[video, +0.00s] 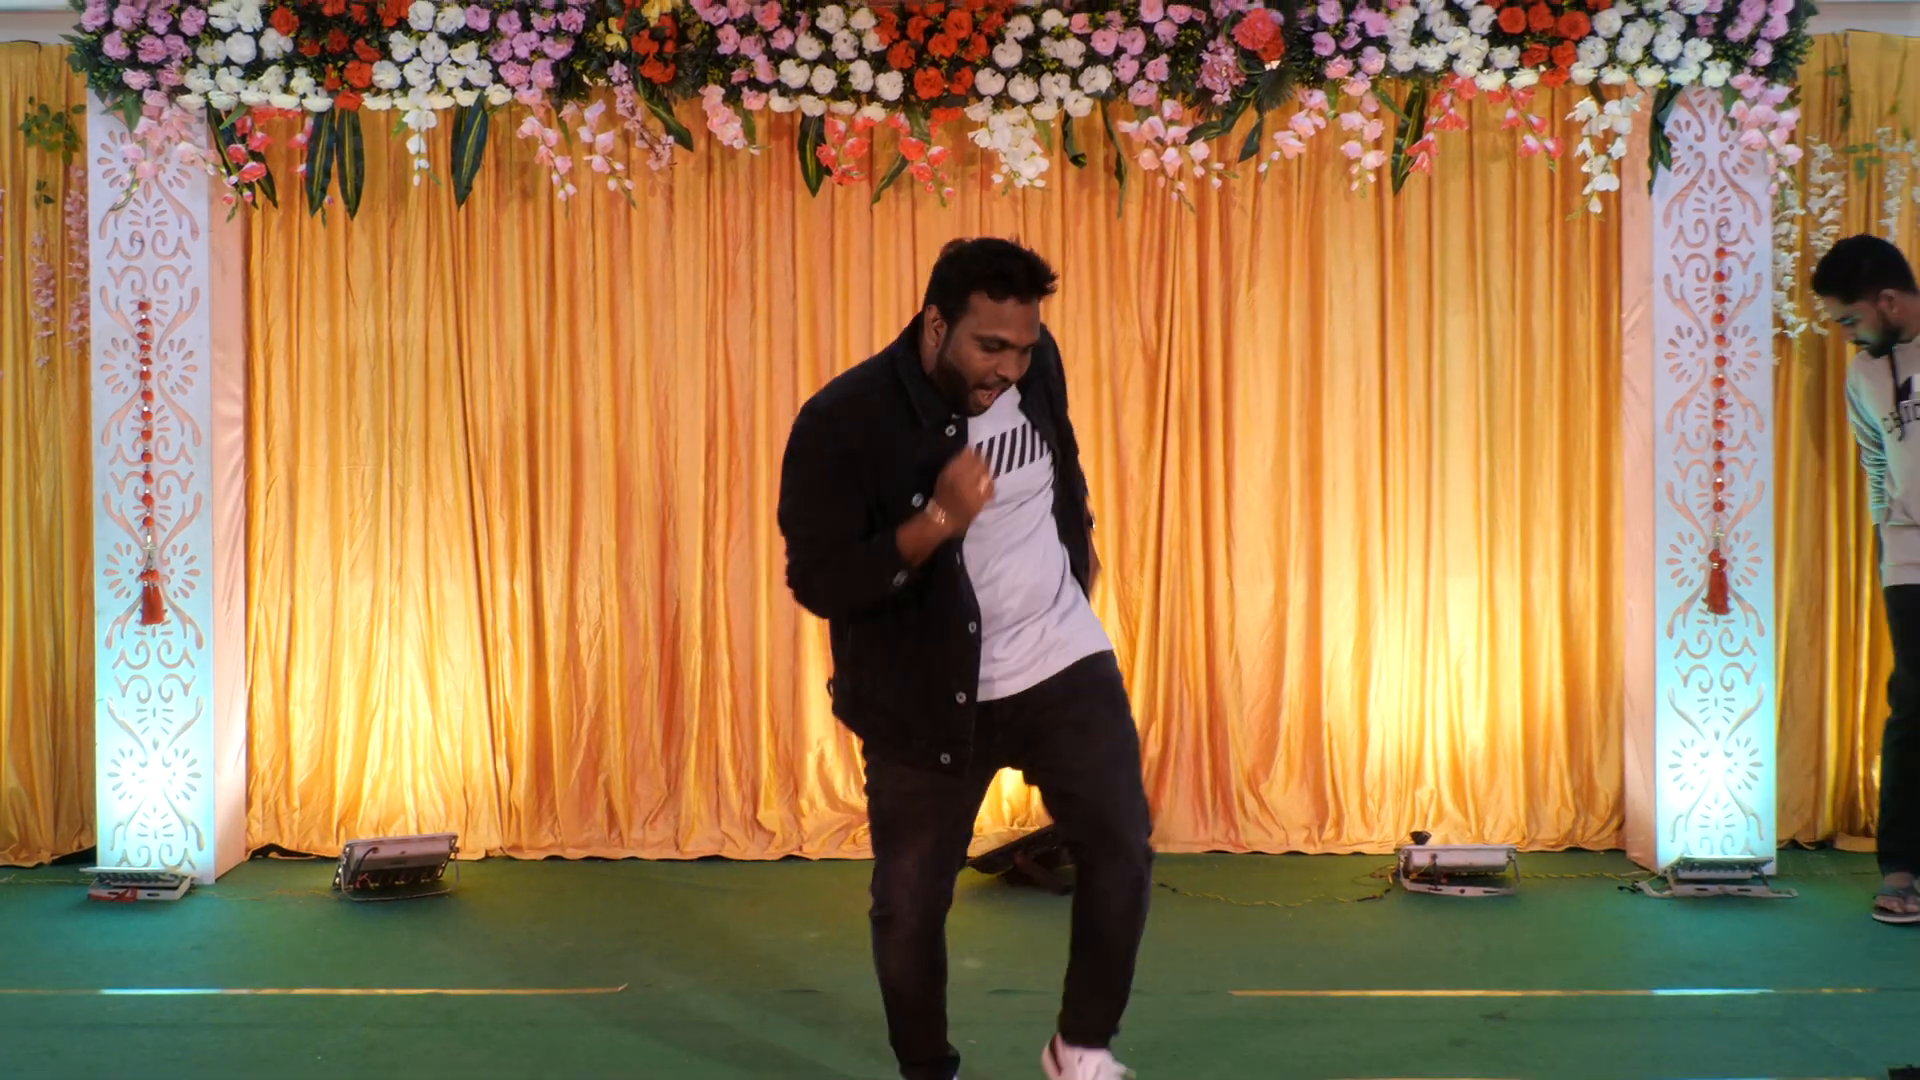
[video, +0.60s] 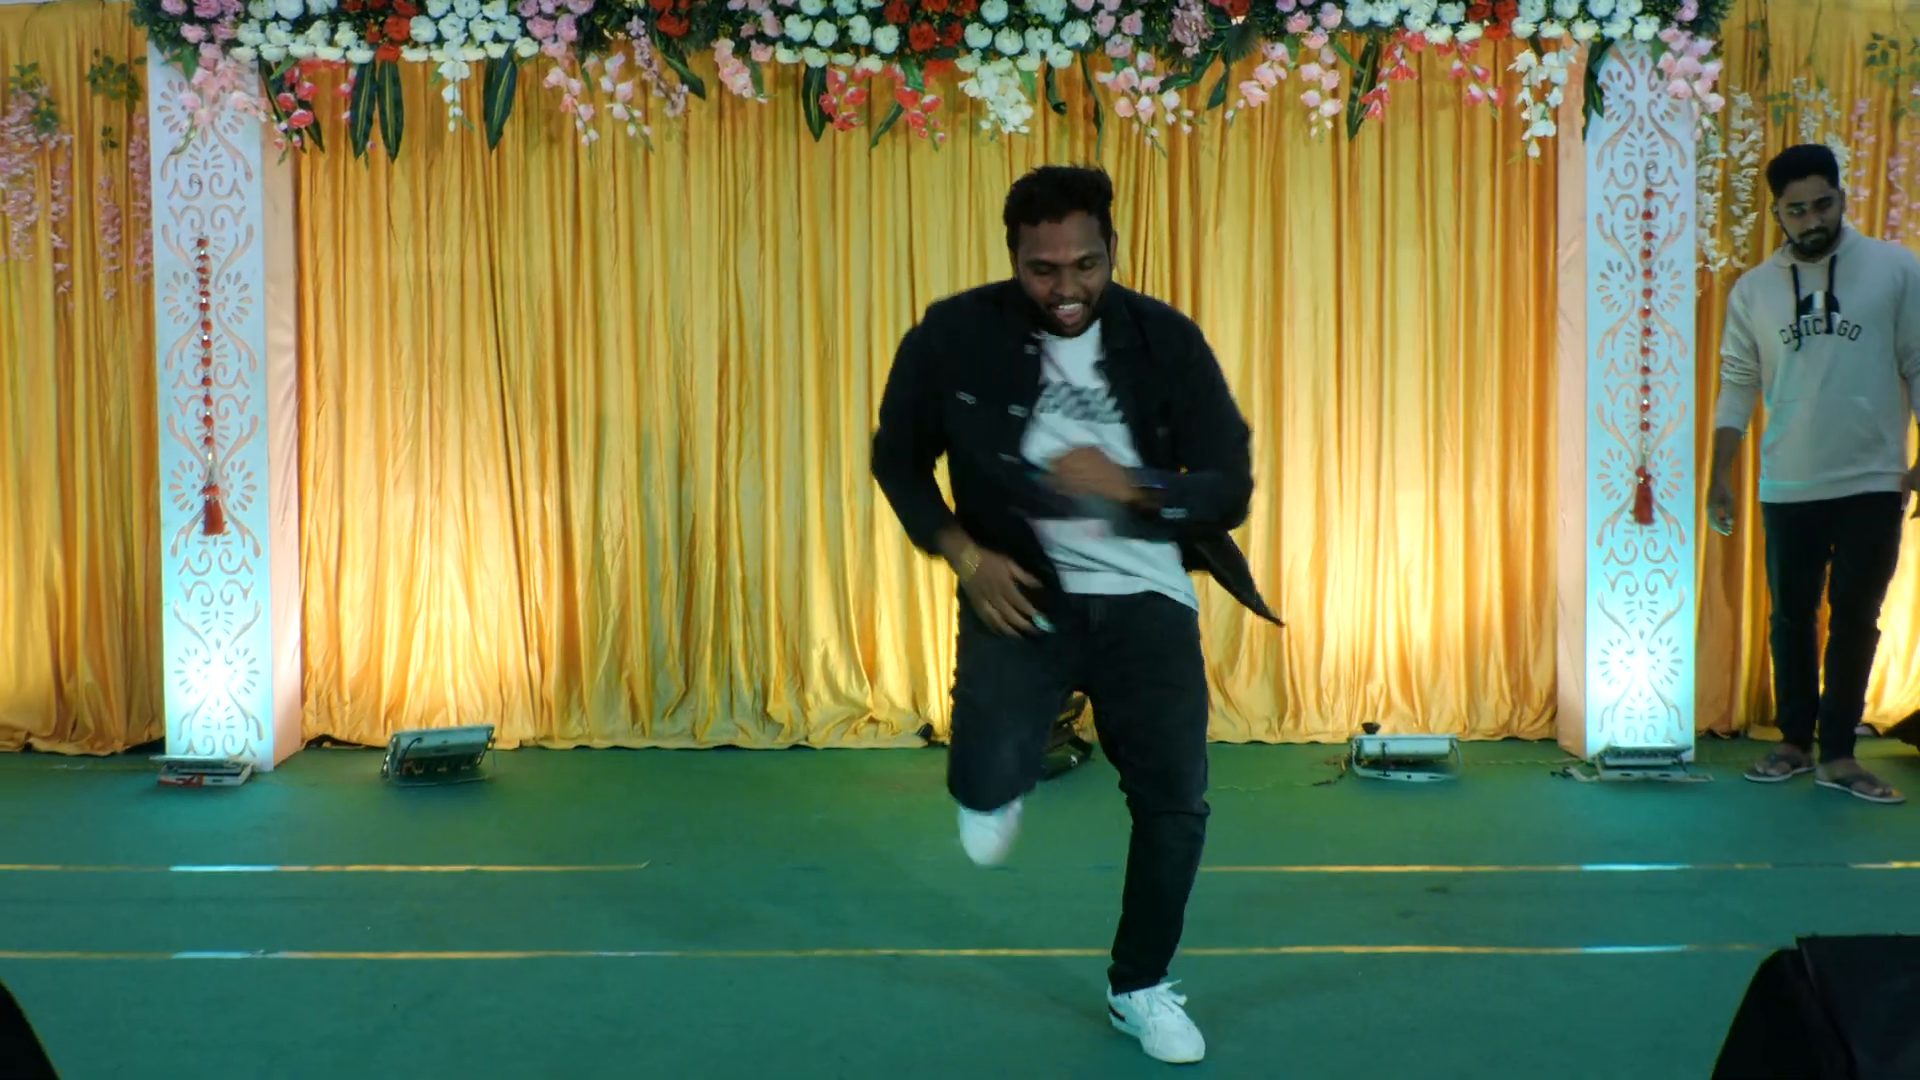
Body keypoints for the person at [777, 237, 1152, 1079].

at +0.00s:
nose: (1012, 368)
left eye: (1025, 347)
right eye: (992, 346)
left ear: (1038, 333)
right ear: (934, 326)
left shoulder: (1034, 361)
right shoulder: (841, 422)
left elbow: (1058, 468)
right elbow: (818, 583)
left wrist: (1076, 550)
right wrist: (935, 522)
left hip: (1064, 668)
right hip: (931, 704)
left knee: (1121, 854)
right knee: (908, 904)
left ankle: (1081, 1048)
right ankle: (927, 1069)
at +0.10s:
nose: (1027, 336)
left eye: (1042, 314)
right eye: (1007, 316)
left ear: (1055, 300)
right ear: (952, 297)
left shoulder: (1047, 328)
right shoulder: (873, 384)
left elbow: (1074, 387)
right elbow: (863, 544)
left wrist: (1086, 421)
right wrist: (998, 471)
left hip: (1075, 638)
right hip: (947, 667)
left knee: (1147, 821)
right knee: (919, 865)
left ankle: (1115, 1027)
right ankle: (913, 1057)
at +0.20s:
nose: (1042, 290)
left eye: (1057, 266)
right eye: (1019, 270)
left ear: (1072, 246)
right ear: (972, 252)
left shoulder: (1060, 259)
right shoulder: (915, 335)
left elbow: (1079, 246)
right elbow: (923, 503)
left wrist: (1151, 298)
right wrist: (1089, 491)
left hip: (1100, 610)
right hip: (972, 624)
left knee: (1157, 826)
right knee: (920, 836)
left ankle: (1152, 1048)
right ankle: (892, 1018)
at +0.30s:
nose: (1053, 267)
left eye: (1066, 243)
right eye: (1027, 251)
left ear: (1085, 226)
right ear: (986, 244)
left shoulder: (1088, 241)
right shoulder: (961, 321)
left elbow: (1103, 219)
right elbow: (985, 500)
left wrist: (1222, 250)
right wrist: (1121, 579)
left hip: (1127, 619)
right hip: (1000, 623)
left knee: (1170, 841)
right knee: (923, 823)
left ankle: (1156, 1049)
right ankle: (893, 930)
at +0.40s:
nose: (1050, 261)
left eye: (1067, 235)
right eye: (1026, 244)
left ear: (1096, 222)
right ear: (998, 243)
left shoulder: (1126, 272)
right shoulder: (983, 365)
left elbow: (1181, 289)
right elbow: (997, 541)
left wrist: (1257, 296)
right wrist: (1102, 648)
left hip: (1150, 614)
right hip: (1022, 625)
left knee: (1183, 822)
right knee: (960, 821)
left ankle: (1144, 1017)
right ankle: (911, 789)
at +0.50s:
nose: (1063, 276)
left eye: (1079, 251)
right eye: (1039, 258)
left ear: (1109, 240)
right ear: (1010, 255)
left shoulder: (1163, 314)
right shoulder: (974, 364)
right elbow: (928, 514)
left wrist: (1252, 425)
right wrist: (1023, 630)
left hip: (1158, 616)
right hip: (1032, 623)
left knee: (1187, 816)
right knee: (991, 820)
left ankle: (1139, 993)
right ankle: (956, 724)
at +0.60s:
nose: (1066, 290)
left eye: (1084, 267)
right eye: (1045, 270)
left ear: (1111, 254)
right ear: (1013, 258)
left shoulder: (1166, 341)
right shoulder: (952, 335)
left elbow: (1229, 489)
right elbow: (896, 457)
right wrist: (962, 554)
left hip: (1147, 605)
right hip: (1020, 598)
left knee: (1176, 805)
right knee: (984, 780)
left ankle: (1140, 982)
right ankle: (997, 791)